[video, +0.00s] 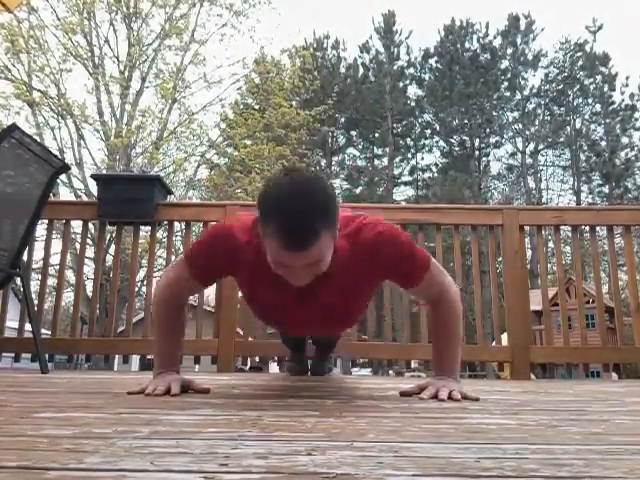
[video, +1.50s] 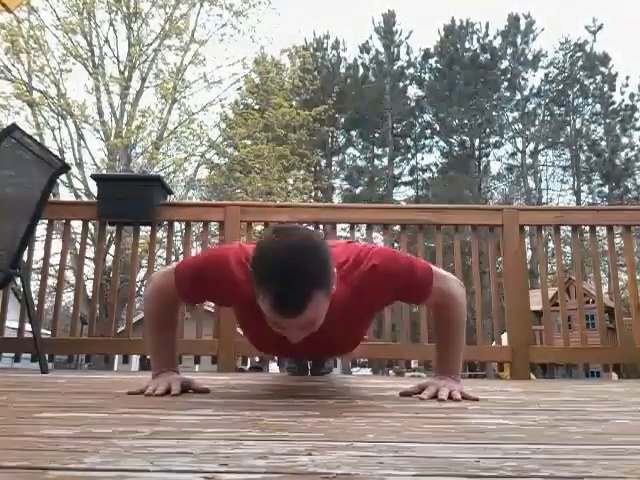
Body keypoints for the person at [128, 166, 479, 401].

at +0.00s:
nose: (298, 277)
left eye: (311, 266)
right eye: (283, 267)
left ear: (336, 234)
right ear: (261, 237)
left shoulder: (377, 241)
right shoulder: (232, 241)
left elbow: (443, 293)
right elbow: (169, 289)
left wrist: (446, 377)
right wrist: (166, 369)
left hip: (337, 315)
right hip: (278, 314)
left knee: (326, 341)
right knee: (293, 340)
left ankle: (322, 357)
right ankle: (296, 356)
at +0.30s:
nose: (299, 265)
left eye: (313, 251)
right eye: (284, 252)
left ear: (336, 217)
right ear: (263, 222)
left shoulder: (372, 230)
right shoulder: (233, 232)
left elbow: (438, 290)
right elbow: (172, 289)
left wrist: (445, 375)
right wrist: (166, 371)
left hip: (335, 320)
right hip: (279, 320)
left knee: (325, 343)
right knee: (291, 343)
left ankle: (322, 359)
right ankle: (295, 358)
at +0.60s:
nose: (297, 381)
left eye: (312, 371)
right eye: (280, 372)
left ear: (336, 326)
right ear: (256, 323)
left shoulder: (370, 294)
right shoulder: (233, 292)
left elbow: (449, 291)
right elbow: (161, 287)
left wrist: (446, 375)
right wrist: (164, 369)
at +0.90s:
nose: (295, 250)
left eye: (309, 237)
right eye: (280, 237)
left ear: (333, 204)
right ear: (261, 211)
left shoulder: (375, 221)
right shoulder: (232, 223)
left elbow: (435, 289)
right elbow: (176, 285)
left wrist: (446, 376)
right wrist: (166, 371)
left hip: (335, 308)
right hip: (280, 309)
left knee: (325, 340)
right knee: (293, 341)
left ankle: (322, 360)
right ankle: (296, 360)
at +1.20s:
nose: (296, 338)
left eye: (308, 326)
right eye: (280, 329)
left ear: (331, 286)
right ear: (255, 290)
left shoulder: (368, 268)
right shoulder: (229, 269)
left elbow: (447, 292)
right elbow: (160, 292)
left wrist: (446, 375)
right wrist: (165, 370)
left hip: (336, 349)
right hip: (269, 349)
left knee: (322, 361)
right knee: (283, 359)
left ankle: (318, 365)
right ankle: (295, 362)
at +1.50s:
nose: (295, 336)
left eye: (308, 324)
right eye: (280, 328)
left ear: (332, 283)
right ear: (255, 289)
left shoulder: (373, 270)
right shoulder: (226, 268)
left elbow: (450, 291)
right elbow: (160, 289)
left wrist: (447, 376)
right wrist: (164, 370)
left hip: (338, 341)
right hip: (271, 344)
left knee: (325, 361)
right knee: (286, 362)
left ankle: (325, 362)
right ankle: (293, 360)